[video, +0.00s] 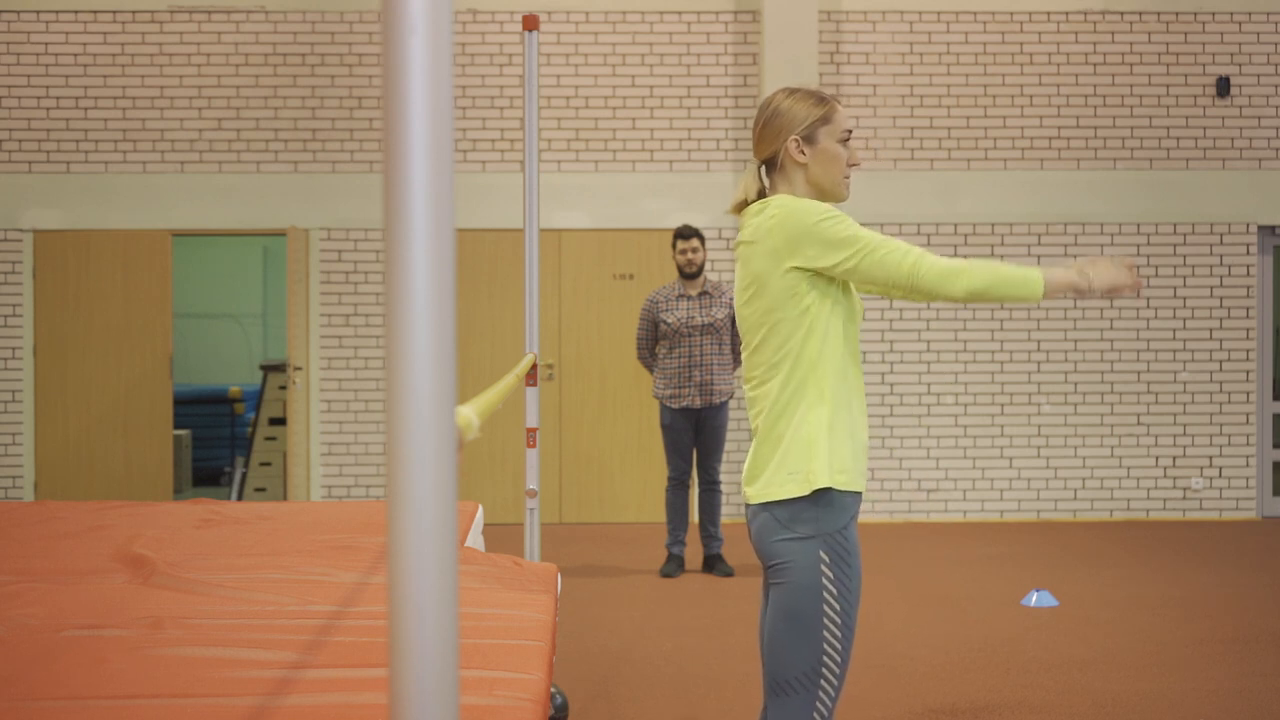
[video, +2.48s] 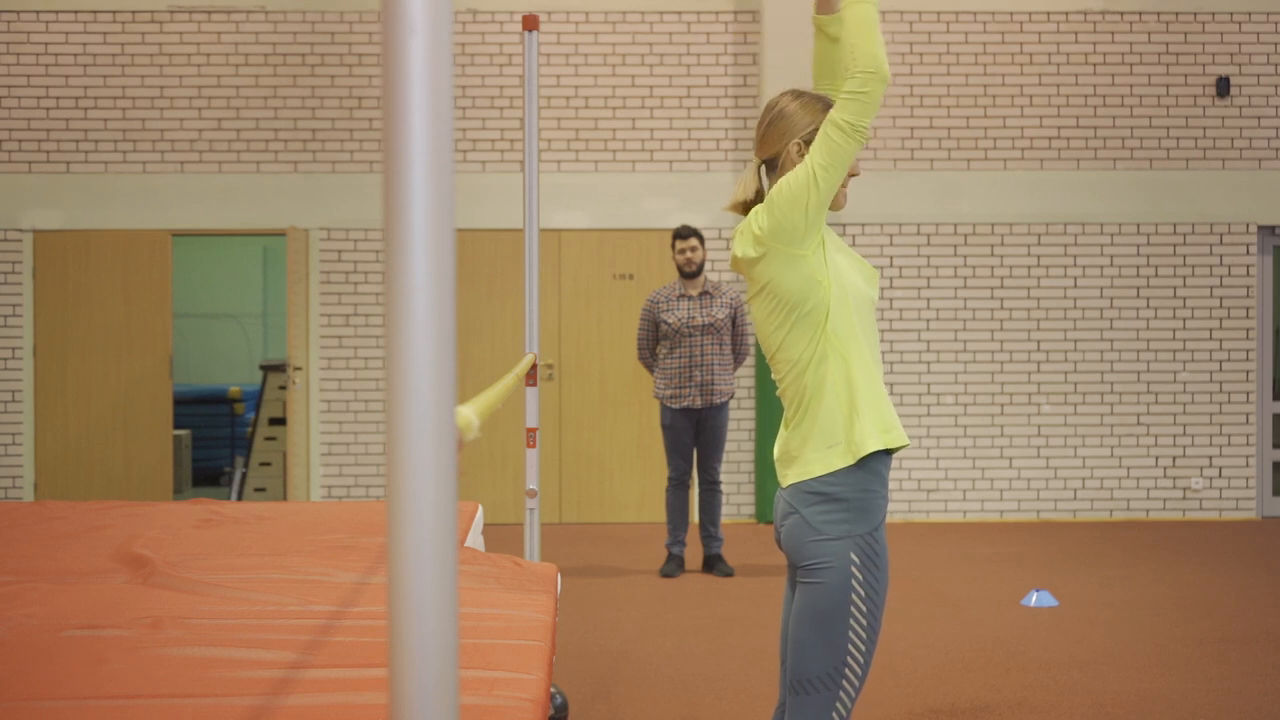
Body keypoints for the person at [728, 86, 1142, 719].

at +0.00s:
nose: (854, 156)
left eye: (850, 139)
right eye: (841, 140)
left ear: (798, 153)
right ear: (797, 151)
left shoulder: (778, 224)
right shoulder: (795, 223)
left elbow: (925, 277)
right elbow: (931, 276)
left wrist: (1067, 279)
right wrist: (1073, 277)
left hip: (799, 501)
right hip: (809, 502)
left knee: (794, 704)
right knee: (804, 706)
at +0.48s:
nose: (853, 157)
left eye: (849, 142)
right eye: (842, 142)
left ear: (796, 151)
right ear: (794, 150)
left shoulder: (783, 222)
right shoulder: (782, 223)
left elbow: (908, 157)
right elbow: (931, 162)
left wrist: (989, 62)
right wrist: (1007, 59)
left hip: (816, 489)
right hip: (821, 494)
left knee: (806, 698)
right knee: (816, 702)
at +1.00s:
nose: (851, 164)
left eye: (847, 149)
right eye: (838, 147)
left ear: (793, 155)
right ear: (799, 154)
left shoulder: (786, 228)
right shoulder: (782, 227)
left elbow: (831, 102)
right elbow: (866, 94)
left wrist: (840, 7)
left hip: (840, 489)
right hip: (842, 493)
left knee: (818, 697)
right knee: (828, 700)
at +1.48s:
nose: (863, 169)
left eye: (862, 154)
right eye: (853, 152)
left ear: (797, 156)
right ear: (804, 155)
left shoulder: (793, 236)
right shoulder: (788, 233)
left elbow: (797, 106)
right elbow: (823, 76)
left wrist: (754, 16)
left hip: (852, 487)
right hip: (853, 491)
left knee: (819, 699)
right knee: (834, 703)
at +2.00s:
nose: (862, 168)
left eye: (860, 154)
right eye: (852, 152)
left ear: (796, 157)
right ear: (805, 157)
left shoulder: (795, 236)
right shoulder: (788, 232)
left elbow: (795, 110)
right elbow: (822, 75)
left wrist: (750, 18)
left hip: (853, 488)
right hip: (851, 491)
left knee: (818, 699)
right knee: (832, 702)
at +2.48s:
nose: (847, 164)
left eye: (844, 149)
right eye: (835, 148)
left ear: (787, 155)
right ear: (796, 154)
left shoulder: (785, 228)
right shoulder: (781, 226)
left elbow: (835, 98)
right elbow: (867, 86)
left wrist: (827, 4)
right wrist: (850, 0)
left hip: (832, 488)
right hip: (836, 490)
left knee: (807, 700)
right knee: (823, 703)